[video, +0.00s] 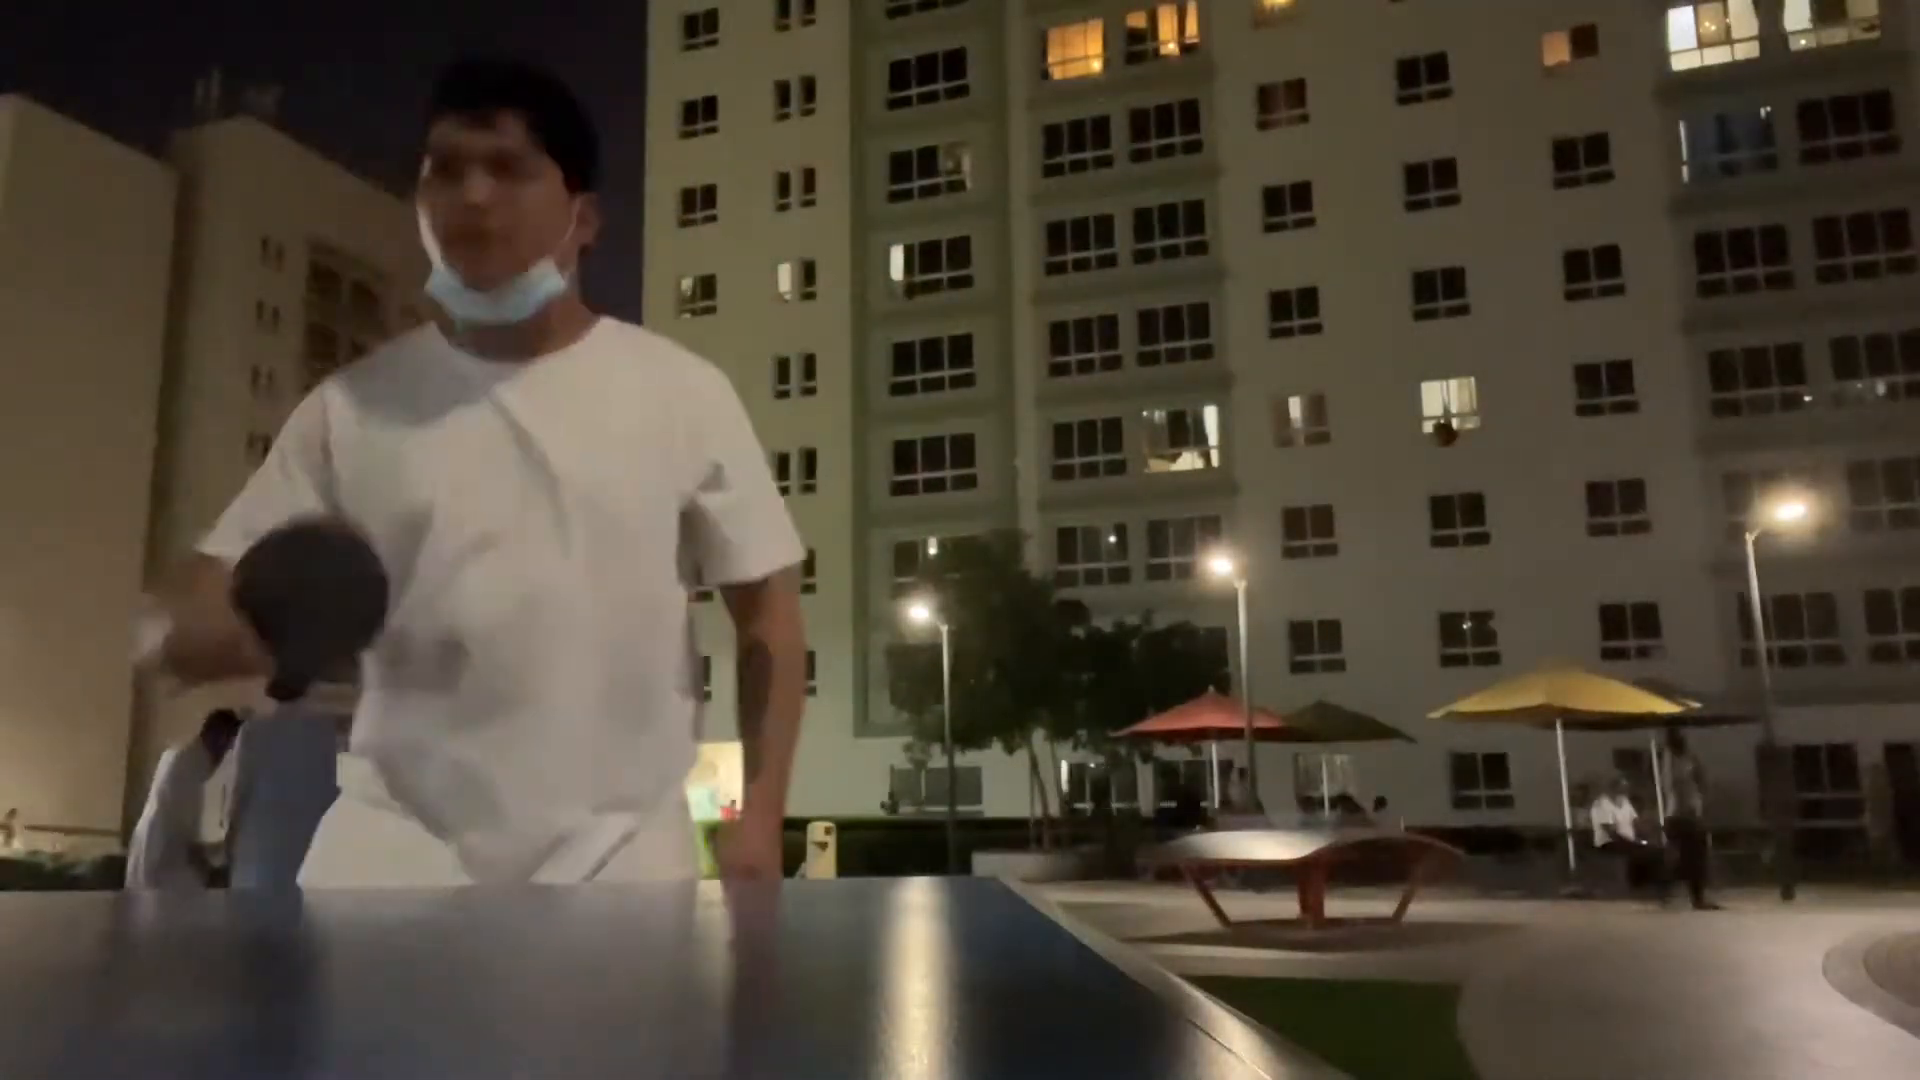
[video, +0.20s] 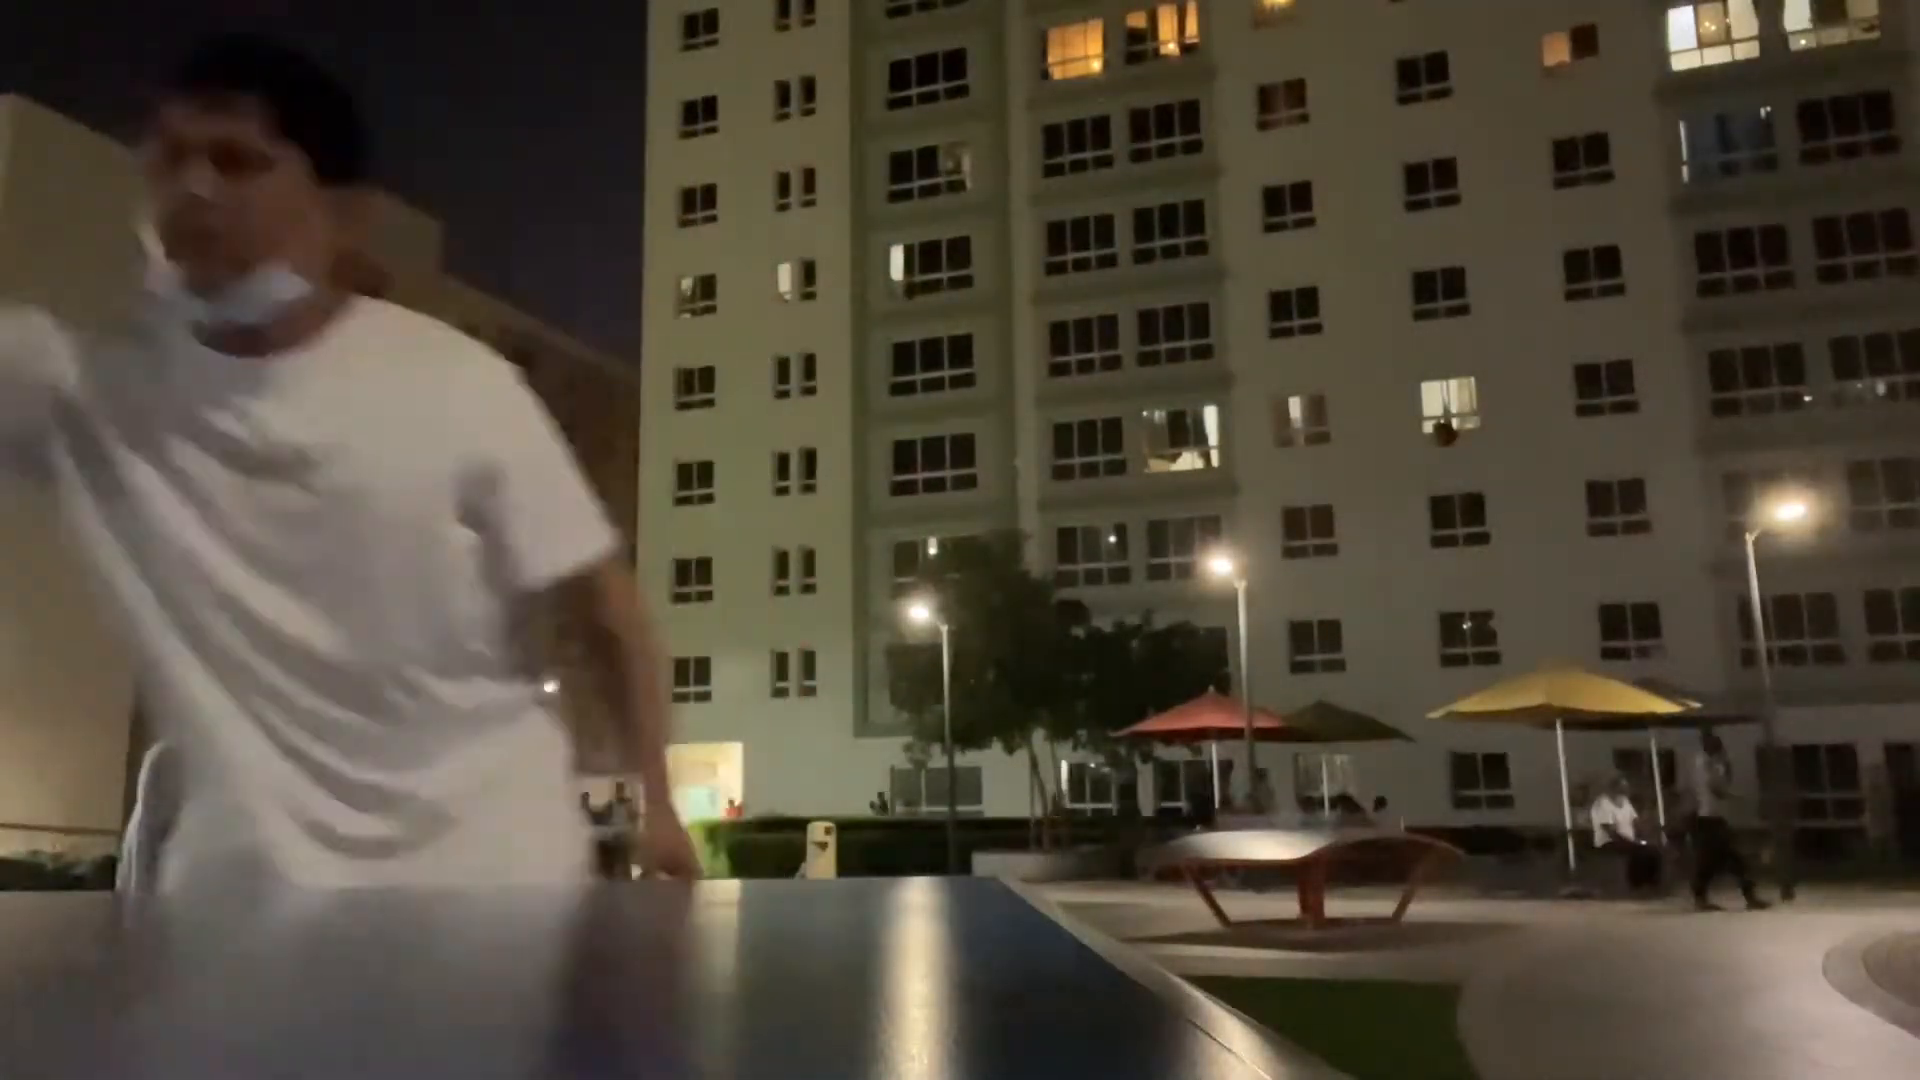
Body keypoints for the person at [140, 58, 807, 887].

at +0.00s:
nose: (466, 196)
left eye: (503, 168)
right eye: (443, 169)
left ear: (580, 219)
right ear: (417, 204)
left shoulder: (679, 398)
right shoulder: (350, 411)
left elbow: (770, 619)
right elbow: (186, 629)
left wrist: (760, 815)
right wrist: (272, 629)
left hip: (616, 860)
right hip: (394, 852)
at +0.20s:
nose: (191, 191)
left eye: (236, 162)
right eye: (169, 159)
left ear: (337, 201)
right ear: (143, 183)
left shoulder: (458, 387)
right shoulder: (95, 387)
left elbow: (608, 610)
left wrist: (651, 803)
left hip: (480, 859)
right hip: (240, 872)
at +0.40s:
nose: (178, 125)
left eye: (223, 98)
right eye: (148, 97)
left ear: (299, 155)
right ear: (118, 135)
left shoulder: (412, 357)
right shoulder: (36, 352)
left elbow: (535, 582)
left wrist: (569, 766)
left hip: (388, 878)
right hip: (136, 880)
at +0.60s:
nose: (360, 164)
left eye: (399, 144)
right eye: (338, 142)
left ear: (475, 205)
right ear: (309, 184)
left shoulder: (563, 392)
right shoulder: (218, 383)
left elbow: (660, 604)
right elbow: (34, 489)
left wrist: (658, 807)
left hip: (482, 884)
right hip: (248, 884)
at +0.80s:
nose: (214, 205)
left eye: (259, 175)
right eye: (193, 170)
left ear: (359, 210)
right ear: (169, 183)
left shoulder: (470, 393)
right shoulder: (73, 397)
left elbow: (591, 604)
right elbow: (23, 605)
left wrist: (609, 816)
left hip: (437, 884)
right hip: (191, 890)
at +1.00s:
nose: (161, 120)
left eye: (206, 95)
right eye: (129, 87)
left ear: (276, 147)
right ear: (82, 129)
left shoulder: (385, 345)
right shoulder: (24, 342)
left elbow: (510, 568)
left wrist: (521, 774)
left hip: (364, 885)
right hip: (103, 890)